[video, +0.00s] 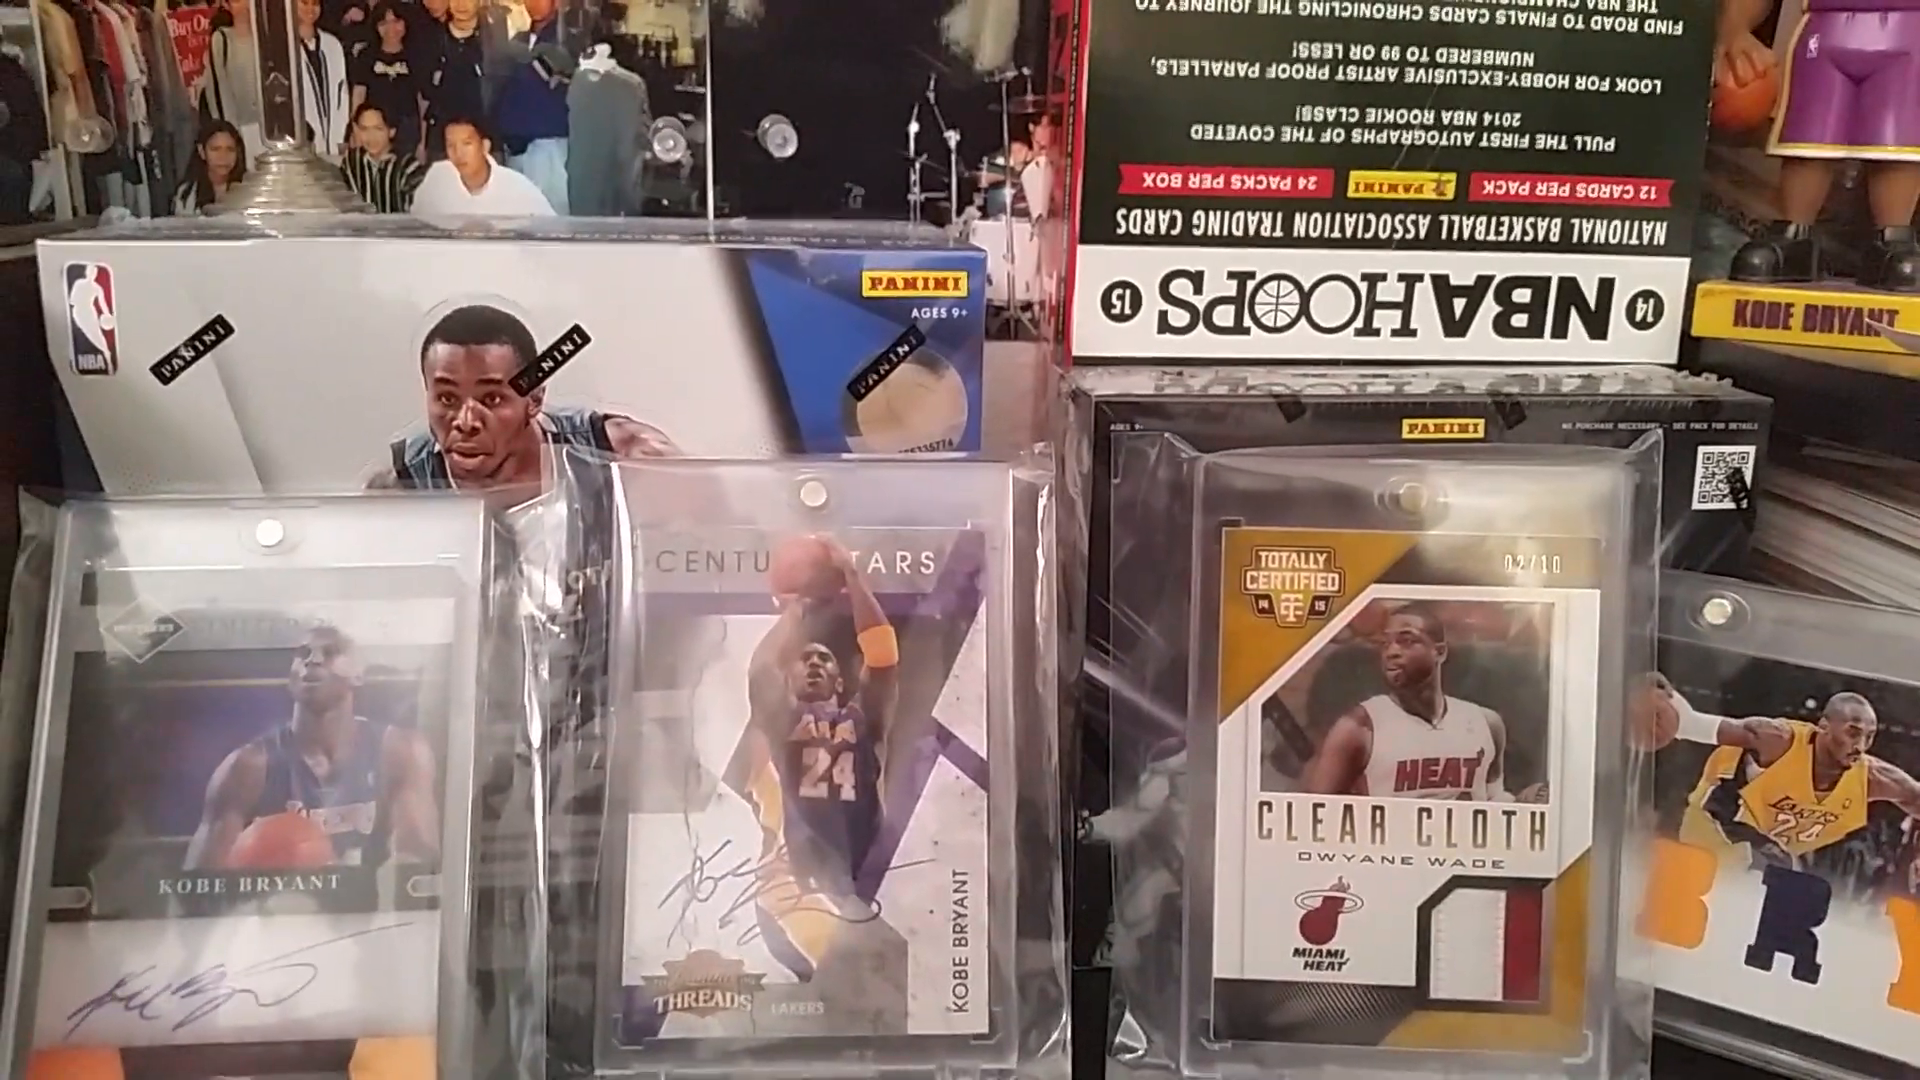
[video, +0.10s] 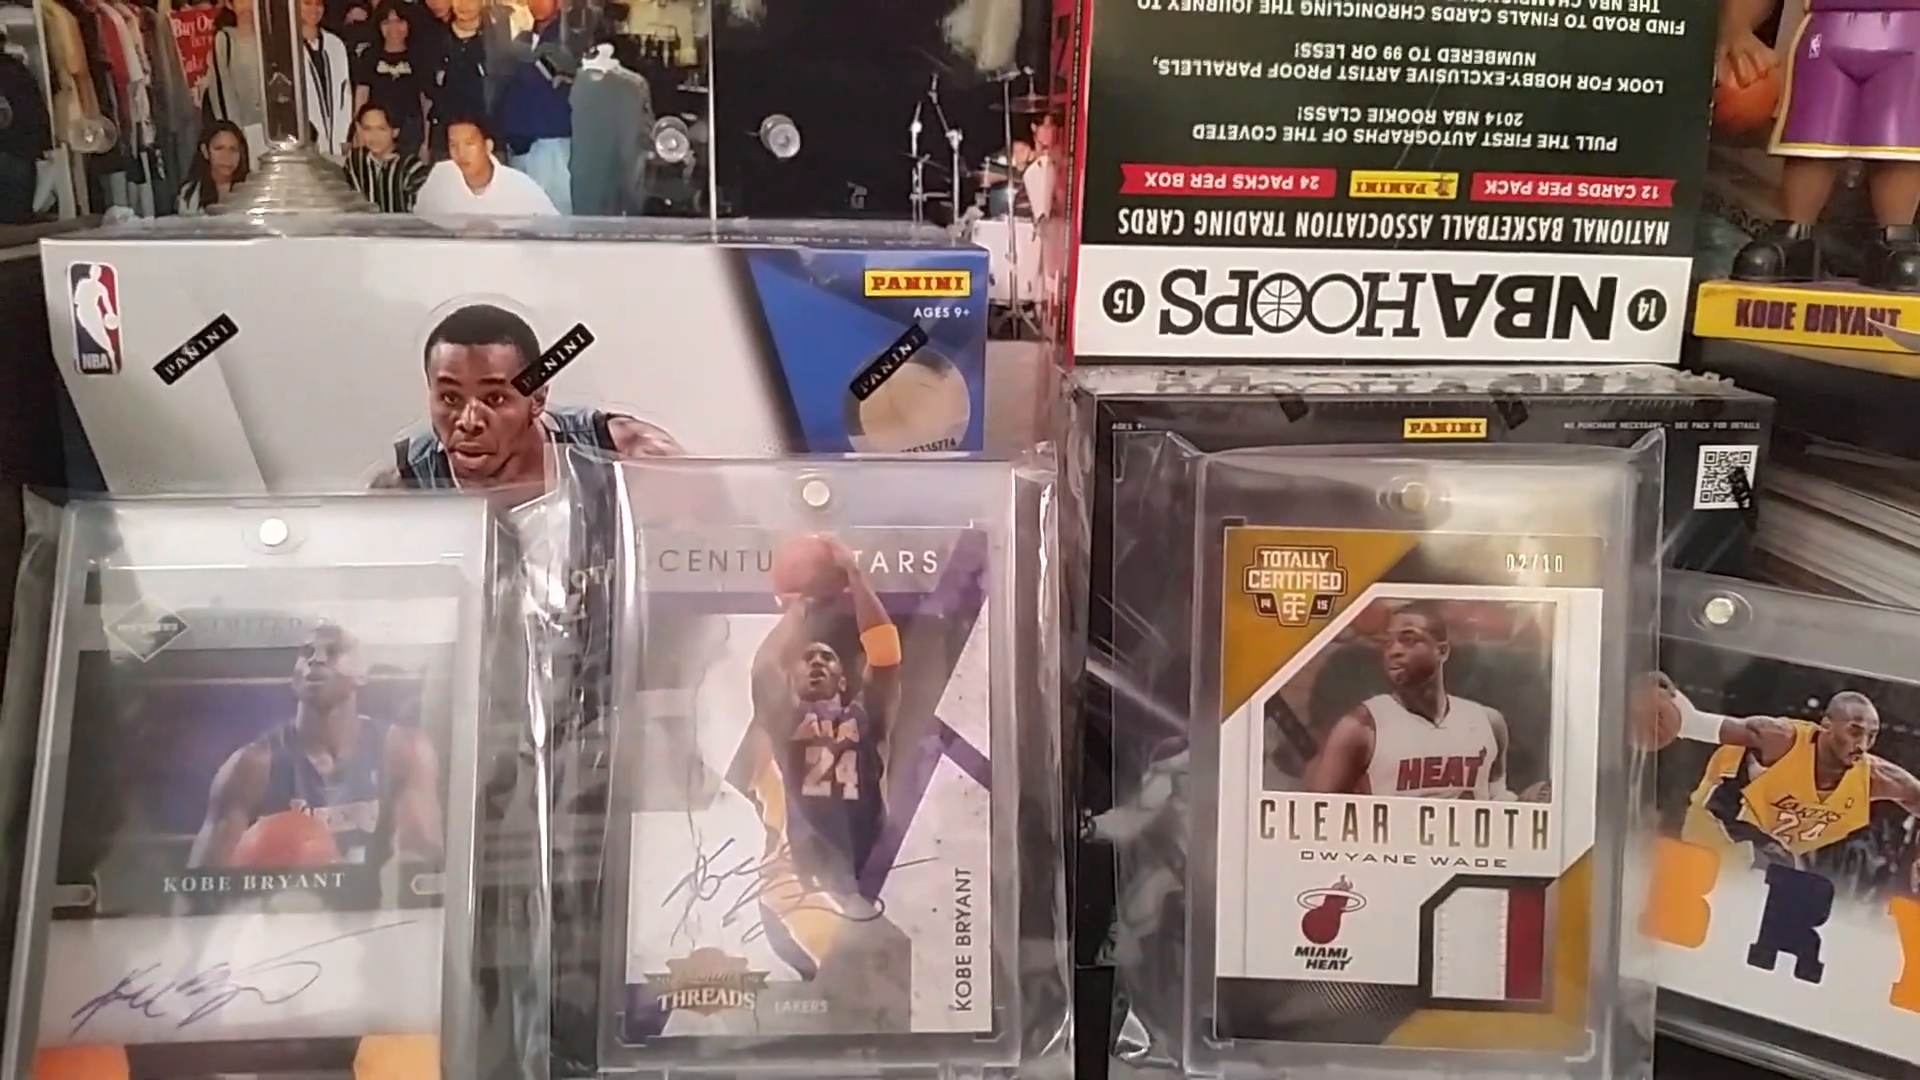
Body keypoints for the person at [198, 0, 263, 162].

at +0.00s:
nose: (245, 5)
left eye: (247, 1)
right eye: (238, 1)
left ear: (253, 4)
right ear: (227, 5)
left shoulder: (264, 35)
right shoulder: (221, 38)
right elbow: (219, 84)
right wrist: (228, 126)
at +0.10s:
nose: (246, 5)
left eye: (249, 0)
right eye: (240, 1)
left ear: (257, 4)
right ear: (229, 5)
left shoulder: (267, 35)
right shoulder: (224, 38)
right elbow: (224, 85)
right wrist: (234, 128)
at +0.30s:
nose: (268, 5)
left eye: (270, 1)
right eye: (261, 1)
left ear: (277, 4)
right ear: (249, 5)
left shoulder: (286, 35)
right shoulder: (244, 38)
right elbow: (244, 86)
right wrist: (253, 127)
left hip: (291, 118)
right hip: (263, 122)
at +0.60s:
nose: (281, 6)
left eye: (285, 1)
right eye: (275, 1)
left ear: (293, 5)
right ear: (265, 6)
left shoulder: (301, 36)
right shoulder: (259, 38)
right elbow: (259, 83)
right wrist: (268, 124)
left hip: (305, 116)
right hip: (277, 119)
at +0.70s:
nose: (288, 6)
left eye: (292, 1)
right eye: (282, 2)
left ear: (299, 4)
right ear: (273, 5)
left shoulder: (310, 33)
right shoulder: (267, 37)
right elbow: (266, 80)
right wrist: (274, 121)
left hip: (312, 112)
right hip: (284, 116)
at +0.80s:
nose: (314, 5)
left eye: (317, 1)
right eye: (309, 1)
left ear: (323, 5)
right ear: (297, 5)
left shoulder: (331, 38)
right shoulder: (290, 38)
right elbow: (282, 79)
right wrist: (286, 114)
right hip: (300, 117)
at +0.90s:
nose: (343, 4)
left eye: (342, 1)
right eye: (335, 1)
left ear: (346, 5)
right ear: (322, 6)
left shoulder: (354, 36)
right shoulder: (315, 37)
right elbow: (307, 80)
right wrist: (312, 119)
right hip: (328, 115)